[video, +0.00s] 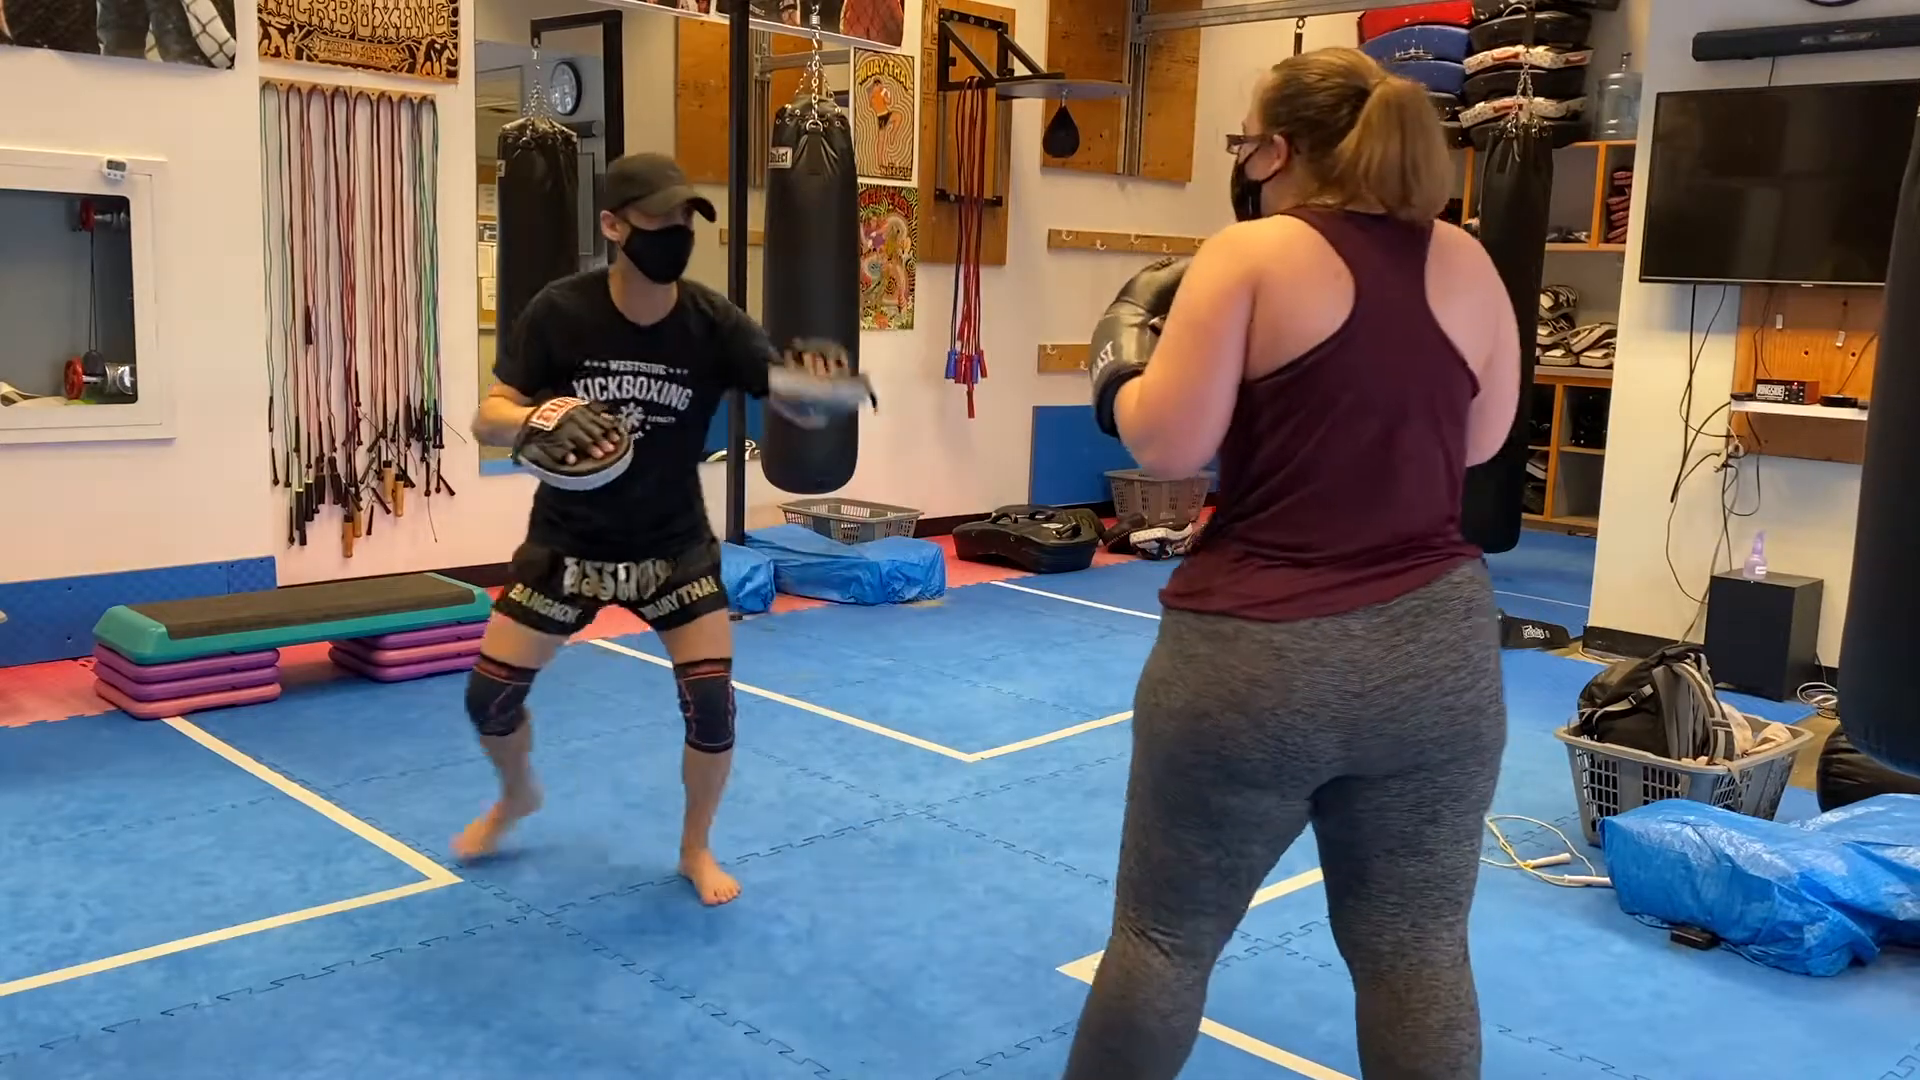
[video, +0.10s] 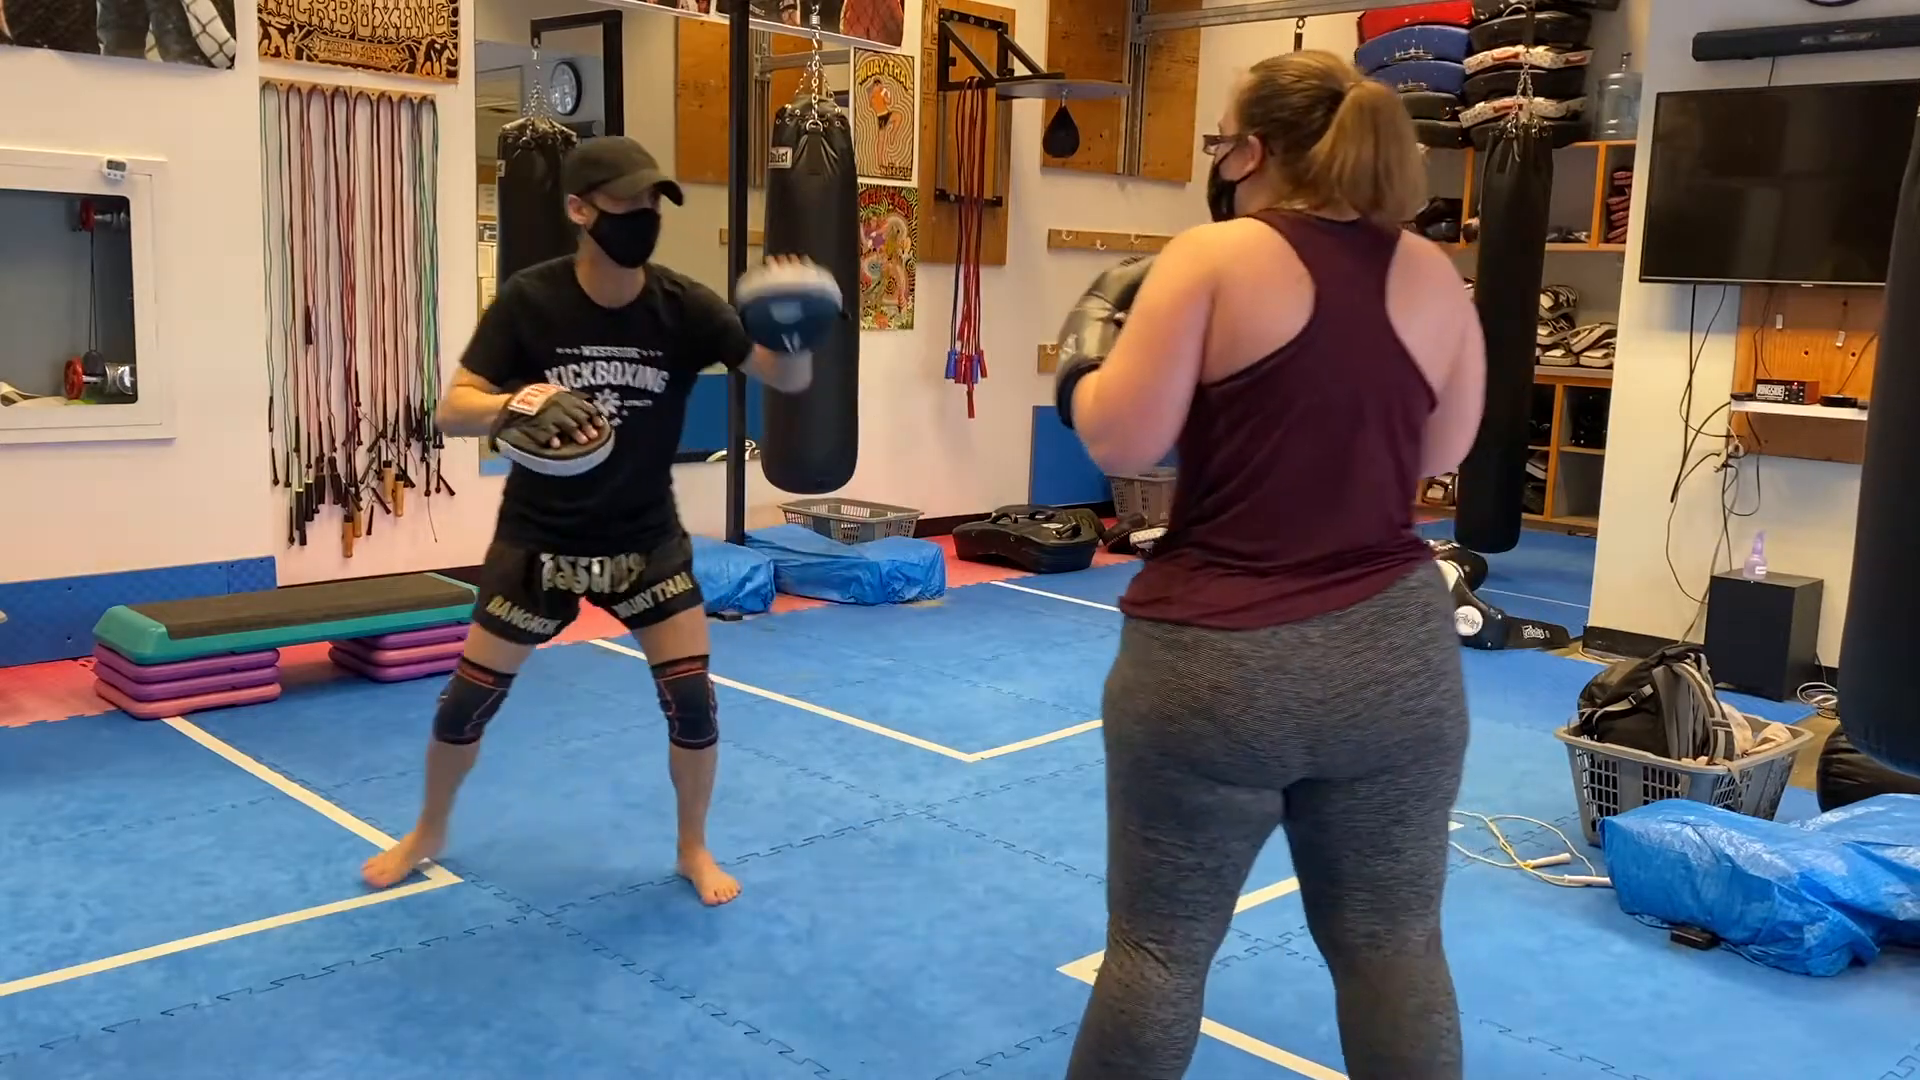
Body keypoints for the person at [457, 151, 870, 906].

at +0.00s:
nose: (678, 232)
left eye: (685, 218)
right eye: (659, 219)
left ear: (695, 222)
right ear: (614, 225)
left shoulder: (714, 321)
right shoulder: (560, 312)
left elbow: (796, 395)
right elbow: (490, 418)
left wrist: (819, 387)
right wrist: (541, 417)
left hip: (673, 540)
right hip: (568, 538)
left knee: (714, 704)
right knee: (489, 698)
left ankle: (696, 848)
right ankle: (519, 795)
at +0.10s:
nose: (646, 219)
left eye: (653, 203)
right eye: (627, 206)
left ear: (661, 203)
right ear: (579, 210)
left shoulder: (689, 308)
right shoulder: (530, 300)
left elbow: (789, 375)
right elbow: (454, 410)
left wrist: (794, 317)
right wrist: (511, 403)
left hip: (645, 533)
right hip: (537, 534)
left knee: (694, 699)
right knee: (465, 702)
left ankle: (694, 847)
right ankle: (428, 832)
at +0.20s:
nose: (605, 213)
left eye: (610, 197)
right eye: (585, 200)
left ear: (621, 199)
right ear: (537, 208)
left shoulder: (644, 304)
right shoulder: (488, 302)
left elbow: (757, 344)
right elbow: (410, 414)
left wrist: (755, 275)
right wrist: (481, 401)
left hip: (606, 539)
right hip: (498, 543)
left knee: (676, 703)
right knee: (435, 719)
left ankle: (688, 844)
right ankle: (414, 839)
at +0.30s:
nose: (568, 220)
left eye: (574, 204)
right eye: (548, 206)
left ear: (586, 204)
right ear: (499, 212)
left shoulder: (607, 305)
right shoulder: (450, 310)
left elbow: (721, 326)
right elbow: (383, 421)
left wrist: (722, 248)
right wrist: (460, 400)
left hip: (578, 544)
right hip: (469, 552)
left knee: (662, 696)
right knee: (412, 728)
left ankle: (664, 836)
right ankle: (411, 840)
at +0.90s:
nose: (510, 244)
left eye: (517, 227)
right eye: (491, 232)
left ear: (527, 223)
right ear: (441, 234)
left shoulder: (567, 324)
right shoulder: (395, 333)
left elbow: (685, 352)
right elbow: (309, 453)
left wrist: (677, 279)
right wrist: (366, 455)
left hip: (534, 580)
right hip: (416, 583)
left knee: (596, 744)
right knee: (318, 751)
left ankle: (646, 913)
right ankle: (263, 873)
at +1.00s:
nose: (475, 245)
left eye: (483, 228)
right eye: (454, 232)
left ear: (495, 228)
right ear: (405, 235)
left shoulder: (532, 335)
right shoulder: (358, 338)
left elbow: (642, 383)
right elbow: (277, 456)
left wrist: (628, 300)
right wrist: (337, 452)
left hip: (503, 581)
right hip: (383, 585)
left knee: (572, 743)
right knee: (293, 750)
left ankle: (653, 911)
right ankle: (267, 874)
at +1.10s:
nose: (453, 253)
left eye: (463, 236)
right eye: (432, 240)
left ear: (476, 234)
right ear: (384, 238)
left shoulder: (506, 330)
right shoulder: (338, 330)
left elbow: (599, 373)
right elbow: (264, 450)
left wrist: (629, 323)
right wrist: (313, 457)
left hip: (485, 568)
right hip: (366, 573)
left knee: (566, 732)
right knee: (280, 744)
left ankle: (639, 899)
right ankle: (265, 872)